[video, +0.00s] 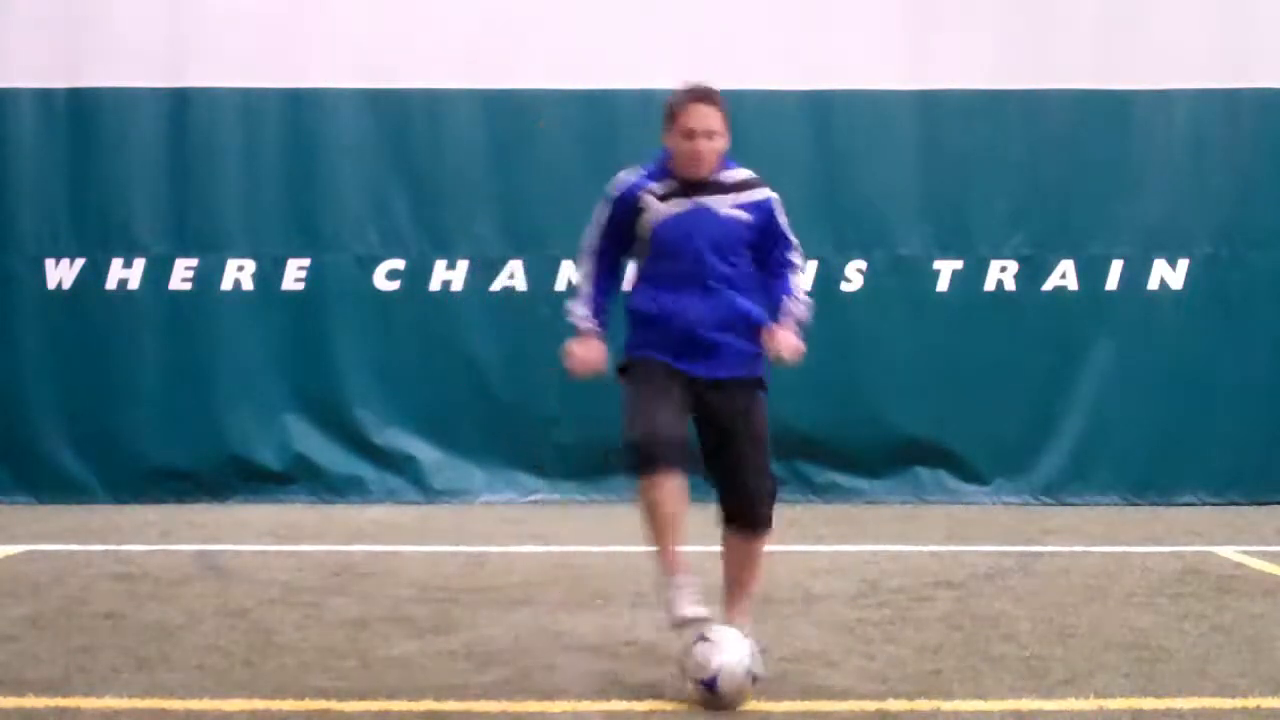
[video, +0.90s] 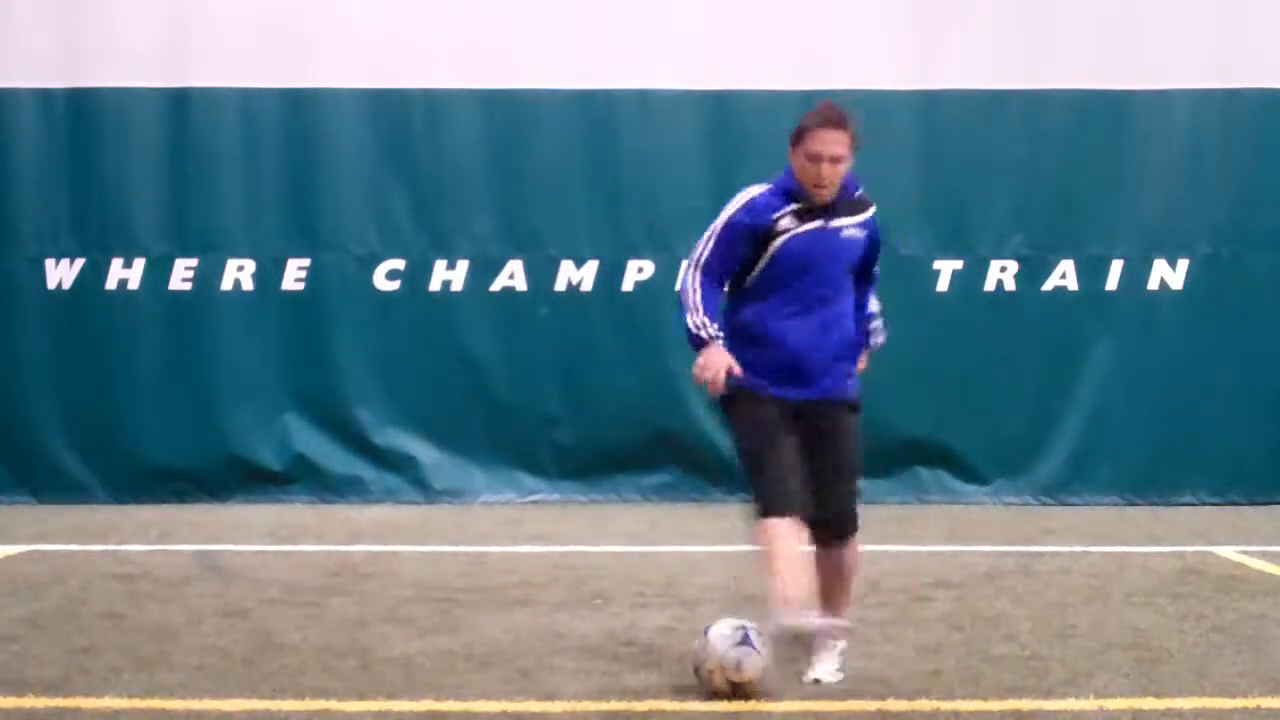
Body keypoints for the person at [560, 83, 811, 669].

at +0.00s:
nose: (702, 146)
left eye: (712, 136)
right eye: (691, 135)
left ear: (727, 139)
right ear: (668, 137)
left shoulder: (754, 195)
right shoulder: (634, 193)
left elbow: (789, 265)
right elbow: (599, 261)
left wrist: (789, 320)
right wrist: (587, 327)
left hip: (732, 361)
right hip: (657, 357)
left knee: (750, 493)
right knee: (660, 451)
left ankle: (737, 623)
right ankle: (678, 580)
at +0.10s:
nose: (740, 172)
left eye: (750, 162)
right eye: (728, 161)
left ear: (765, 167)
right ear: (708, 166)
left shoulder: (789, 223)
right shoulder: (676, 219)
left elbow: (819, 290)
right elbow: (633, 294)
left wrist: (843, 344)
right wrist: (631, 362)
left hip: (761, 380)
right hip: (693, 367)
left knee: (758, 515)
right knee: (728, 436)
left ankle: (731, 635)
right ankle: (705, 585)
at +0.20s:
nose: (785, 168)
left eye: (795, 156)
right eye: (773, 156)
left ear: (807, 157)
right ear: (749, 156)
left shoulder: (815, 205)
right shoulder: (712, 210)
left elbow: (832, 265)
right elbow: (670, 284)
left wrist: (868, 313)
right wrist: (661, 358)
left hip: (786, 363)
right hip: (718, 352)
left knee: (783, 494)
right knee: (784, 422)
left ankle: (734, 625)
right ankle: (751, 557)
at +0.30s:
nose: (828, 165)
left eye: (838, 154)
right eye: (816, 153)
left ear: (848, 154)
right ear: (790, 153)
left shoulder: (846, 207)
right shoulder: (754, 200)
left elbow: (854, 259)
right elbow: (702, 268)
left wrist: (879, 303)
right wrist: (688, 352)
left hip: (803, 365)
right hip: (747, 359)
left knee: (813, 509)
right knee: (832, 463)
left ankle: (723, 582)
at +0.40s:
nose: (867, 198)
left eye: (876, 186)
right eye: (855, 186)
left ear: (885, 187)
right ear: (827, 183)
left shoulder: (871, 229)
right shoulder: (799, 228)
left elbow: (865, 283)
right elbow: (748, 302)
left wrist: (887, 317)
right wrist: (714, 385)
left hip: (825, 397)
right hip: (785, 399)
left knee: (849, 521)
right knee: (867, 516)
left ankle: (730, 567)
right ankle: (885, 662)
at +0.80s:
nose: (853, 170)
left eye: (864, 159)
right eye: (842, 157)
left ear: (876, 159)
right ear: (818, 154)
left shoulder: (878, 209)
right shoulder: (781, 200)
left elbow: (880, 278)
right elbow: (713, 256)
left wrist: (894, 327)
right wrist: (706, 335)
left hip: (842, 378)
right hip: (779, 375)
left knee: (871, 494)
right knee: (831, 493)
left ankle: (785, 590)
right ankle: (875, 631)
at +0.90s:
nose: (824, 172)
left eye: (836, 161)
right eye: (813, 159)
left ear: (850, 161)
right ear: (792, 155)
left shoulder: (860, 215)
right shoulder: (756, 210)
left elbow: (865, 285)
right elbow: (697, 276)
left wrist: (867, 340)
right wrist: (709, 342)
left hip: (832, 387)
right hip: (760, 385)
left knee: (837, 521)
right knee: (782, 503)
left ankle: (831, 644)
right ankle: (793, 622)